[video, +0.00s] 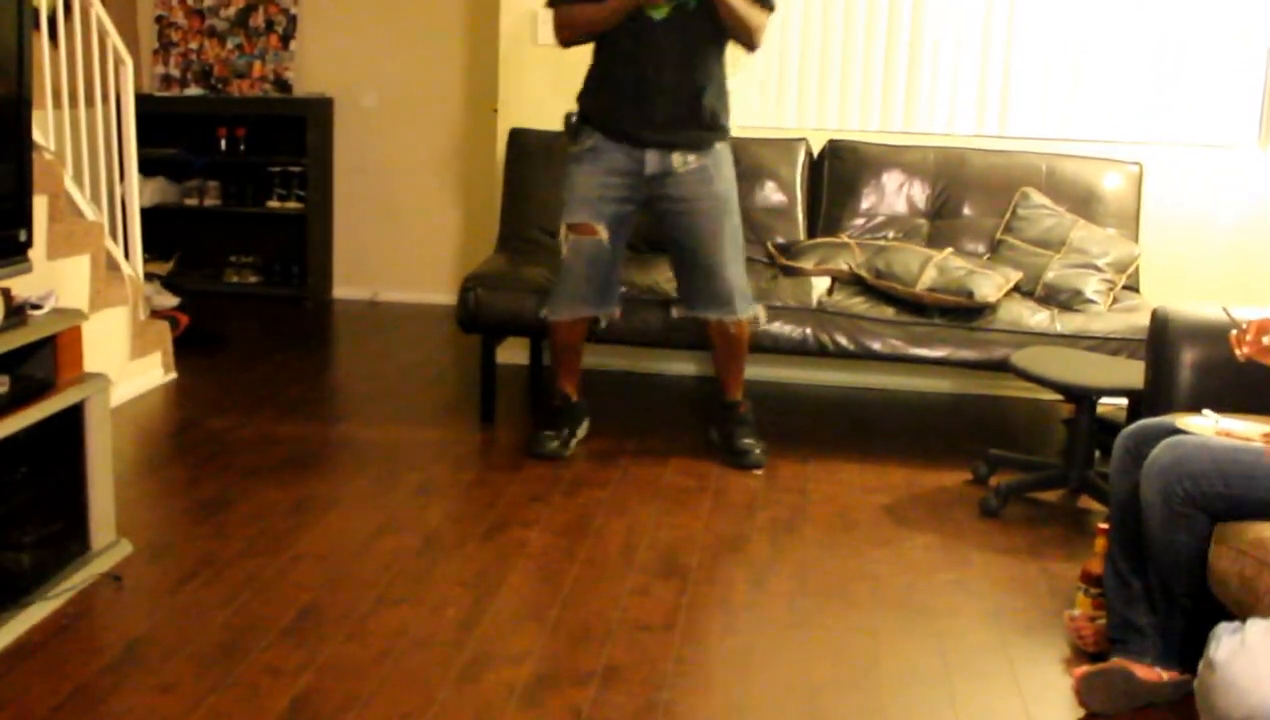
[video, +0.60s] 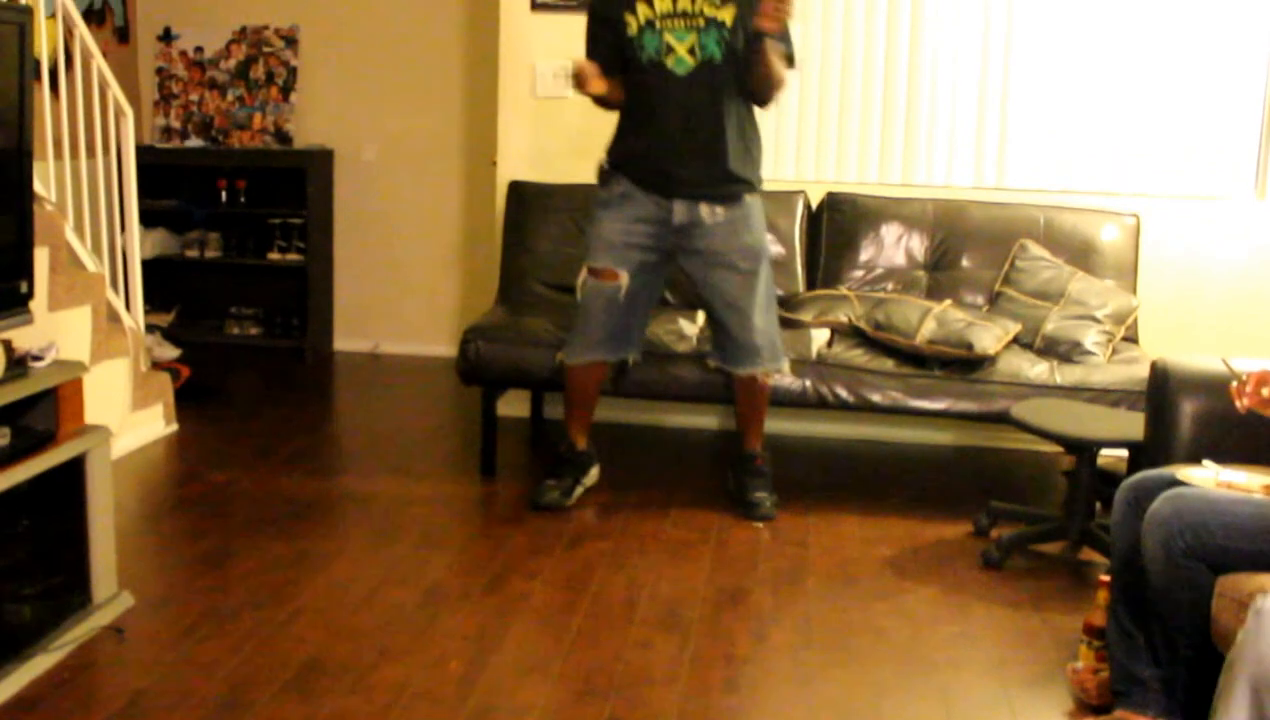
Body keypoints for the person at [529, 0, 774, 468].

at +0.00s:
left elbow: (753, 32)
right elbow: (566, 27)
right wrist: (634, 2)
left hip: (698, 141)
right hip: (607, 138)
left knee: (726, 289)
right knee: (576, 278)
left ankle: (733, 411)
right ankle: (565, 406)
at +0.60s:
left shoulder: (749, 5)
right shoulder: (612, 4)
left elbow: (764, 93)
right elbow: (621, 94)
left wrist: (768, 37)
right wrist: (596, 85)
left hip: (725, 189)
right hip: (634, 184)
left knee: (752, 336)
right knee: (595, 317)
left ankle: (753, 460)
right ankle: (576, 452)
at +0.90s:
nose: (664, 72)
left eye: (676, 60)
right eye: (655, 59)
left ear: (694, 66)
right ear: (639, 66)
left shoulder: (728, 145)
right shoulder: (597, 139)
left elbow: (746, 230)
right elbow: (574, 219)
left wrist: (691, 207)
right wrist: (647, 231)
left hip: (702, 333)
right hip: (612, 332)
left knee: (742, 476)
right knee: (578, 470)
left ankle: (752, 602)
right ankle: (581, 605)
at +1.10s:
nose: (679, 128)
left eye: (691, 116)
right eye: (666, 117)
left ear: (711, 121)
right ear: (649, 123)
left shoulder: (750, 187)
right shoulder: (608, 194)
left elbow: (793, 274)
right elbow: (574, 277)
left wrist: (790, 258)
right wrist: (580, 272)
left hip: (730, 397)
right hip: (636, 397)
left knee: (758, 541)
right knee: (604, 521)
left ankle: (763, 661)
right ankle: (588, 657)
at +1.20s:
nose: (687, 158)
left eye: (698, 146)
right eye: (675, 147)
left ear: (718, 150)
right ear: (659, 153)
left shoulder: (763, 221)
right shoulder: (624, 226)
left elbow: (818, 292)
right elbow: (585, 299)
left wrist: (827, 263)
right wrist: (562, 289)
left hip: (742, 418)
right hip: (651, 415)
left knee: (770, 560)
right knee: (611, 544)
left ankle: (765, 679)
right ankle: (594, 673)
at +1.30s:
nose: (692, 156)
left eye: (704, 144)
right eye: (680, 145)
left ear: (723, 140)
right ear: (661, 144)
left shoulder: (763, 207)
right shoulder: (625, 215)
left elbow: (801, 301)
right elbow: (613, 309)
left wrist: (824, 255)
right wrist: (582, 293)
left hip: (744, 413)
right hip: (650, 410)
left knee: (774, 552)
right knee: (611, 523)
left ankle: (762, 670)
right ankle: (592, 660)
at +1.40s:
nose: (694, 142)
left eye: (704, 129)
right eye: (681, 130)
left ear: (722, 126)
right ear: (660, 131)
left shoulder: (759, 191)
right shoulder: (622, 198)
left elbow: (768, 297)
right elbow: (609, 298)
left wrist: (778, 264)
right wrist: (635, 269)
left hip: (733, 396)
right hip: (641, 393)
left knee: (761, 541)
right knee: (609, 514)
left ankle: (763, 665)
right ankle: (588, 660)